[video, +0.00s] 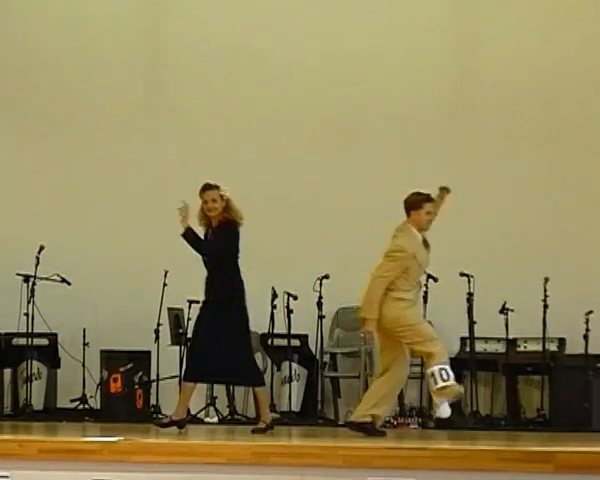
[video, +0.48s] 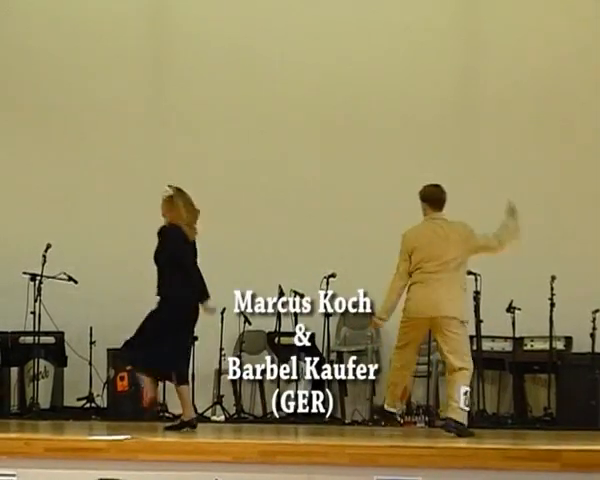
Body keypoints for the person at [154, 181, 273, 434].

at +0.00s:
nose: (210, 206)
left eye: (214, 201)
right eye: (206, 202)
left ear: (223, 201)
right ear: (203, 206)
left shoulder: (229, 226)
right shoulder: (212, 229)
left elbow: (211, 253)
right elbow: (213, 263)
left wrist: (186, 229)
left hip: (231, 297)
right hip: (214, 297)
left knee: (243, 355)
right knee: (196, 351)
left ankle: (265, 417)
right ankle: (180, 413)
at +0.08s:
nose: (202, 204)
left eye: (206, 199)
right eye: (198, 201)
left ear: (216, 200)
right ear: (194, 205)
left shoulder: (219, 224)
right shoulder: (202, 227)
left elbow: (204, 250)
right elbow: (205, 265)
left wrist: (171, 231)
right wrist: (201, 298)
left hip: (219, 299)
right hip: (203, 299)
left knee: (236, 354)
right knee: (189, 354)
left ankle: (264, 413)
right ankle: (184, 415)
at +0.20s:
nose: (188, 207)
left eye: (193, 202)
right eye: (185, 203)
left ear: (202, 204)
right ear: (181, 206)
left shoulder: (203, 229)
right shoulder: (191, 231)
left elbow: (186, 260)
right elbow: (185, 260)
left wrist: (151, 260)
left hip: (200, 302)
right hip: (190, 302)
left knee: (206, 358)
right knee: (178, 356)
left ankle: (254, 398)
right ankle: (183, 415)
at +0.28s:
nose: (182, 211)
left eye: (186, 206)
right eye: (179, 207)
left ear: (196, 207)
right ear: (177, 210)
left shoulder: (197, 236)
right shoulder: (189, 236)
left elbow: (184, 272)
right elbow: (180, 272)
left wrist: (157, 291)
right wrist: (161, 291)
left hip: (195, 303)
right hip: (187, 302)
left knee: (184, 358)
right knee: (176, 357)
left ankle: (234, 380)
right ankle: (186, 415)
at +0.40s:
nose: (166, 211)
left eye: (169, 207)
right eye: (167, 207)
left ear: (180, 210)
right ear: (180, 210)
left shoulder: (182, 239)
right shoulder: (185, 238)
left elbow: (183, 279)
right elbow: (181, 279)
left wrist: (184, 314)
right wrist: (176, 310)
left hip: (180, 309)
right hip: (186, 307)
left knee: (145, 356)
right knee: (179, 363)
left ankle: (184, 376)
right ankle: (187, 414)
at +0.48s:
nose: (162, 210)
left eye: (165, 206)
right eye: (163, 206)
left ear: (172, 209)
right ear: (185, 209)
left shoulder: (170, 233)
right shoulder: (186, 234)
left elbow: (188, 267)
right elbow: (191, 267)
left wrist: (203, 296)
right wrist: (202, 297)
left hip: (172, 304)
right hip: (186, 305)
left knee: (139, 348)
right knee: (176, 358)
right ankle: (188, 414)